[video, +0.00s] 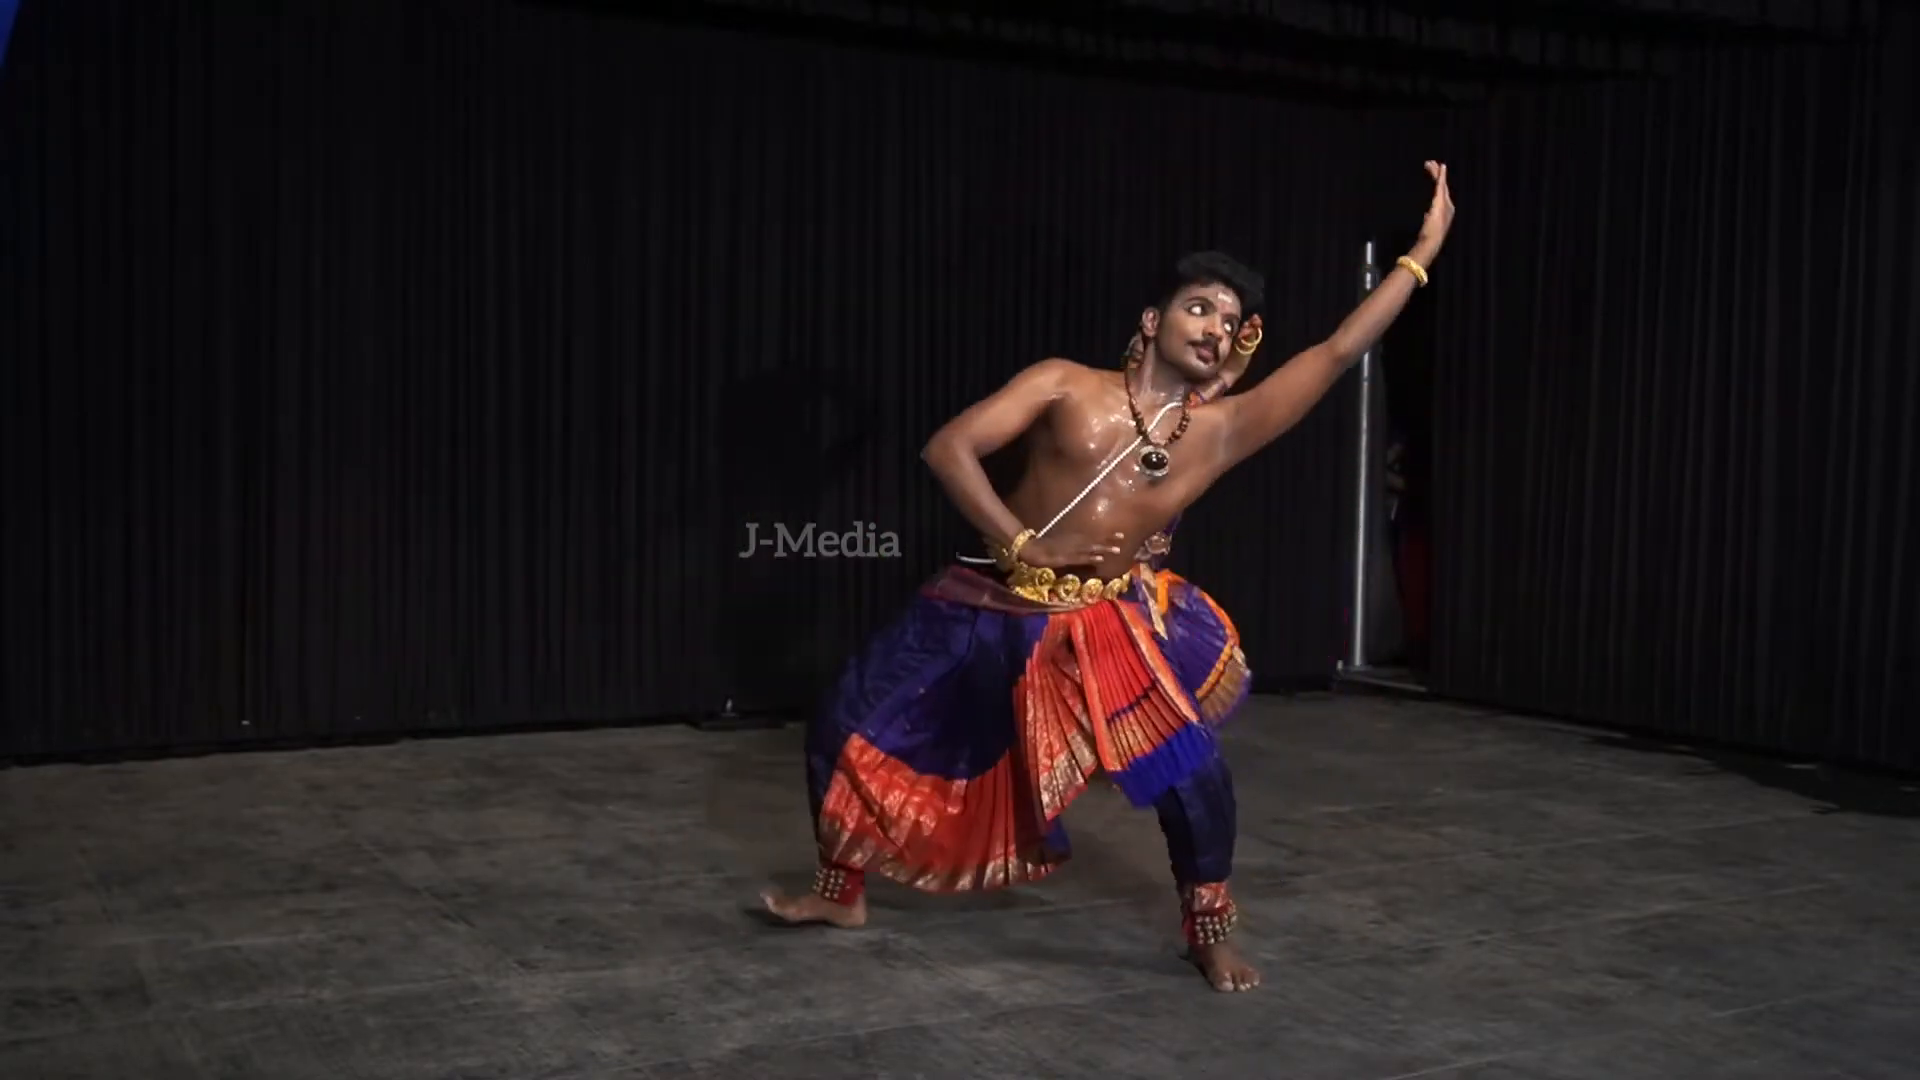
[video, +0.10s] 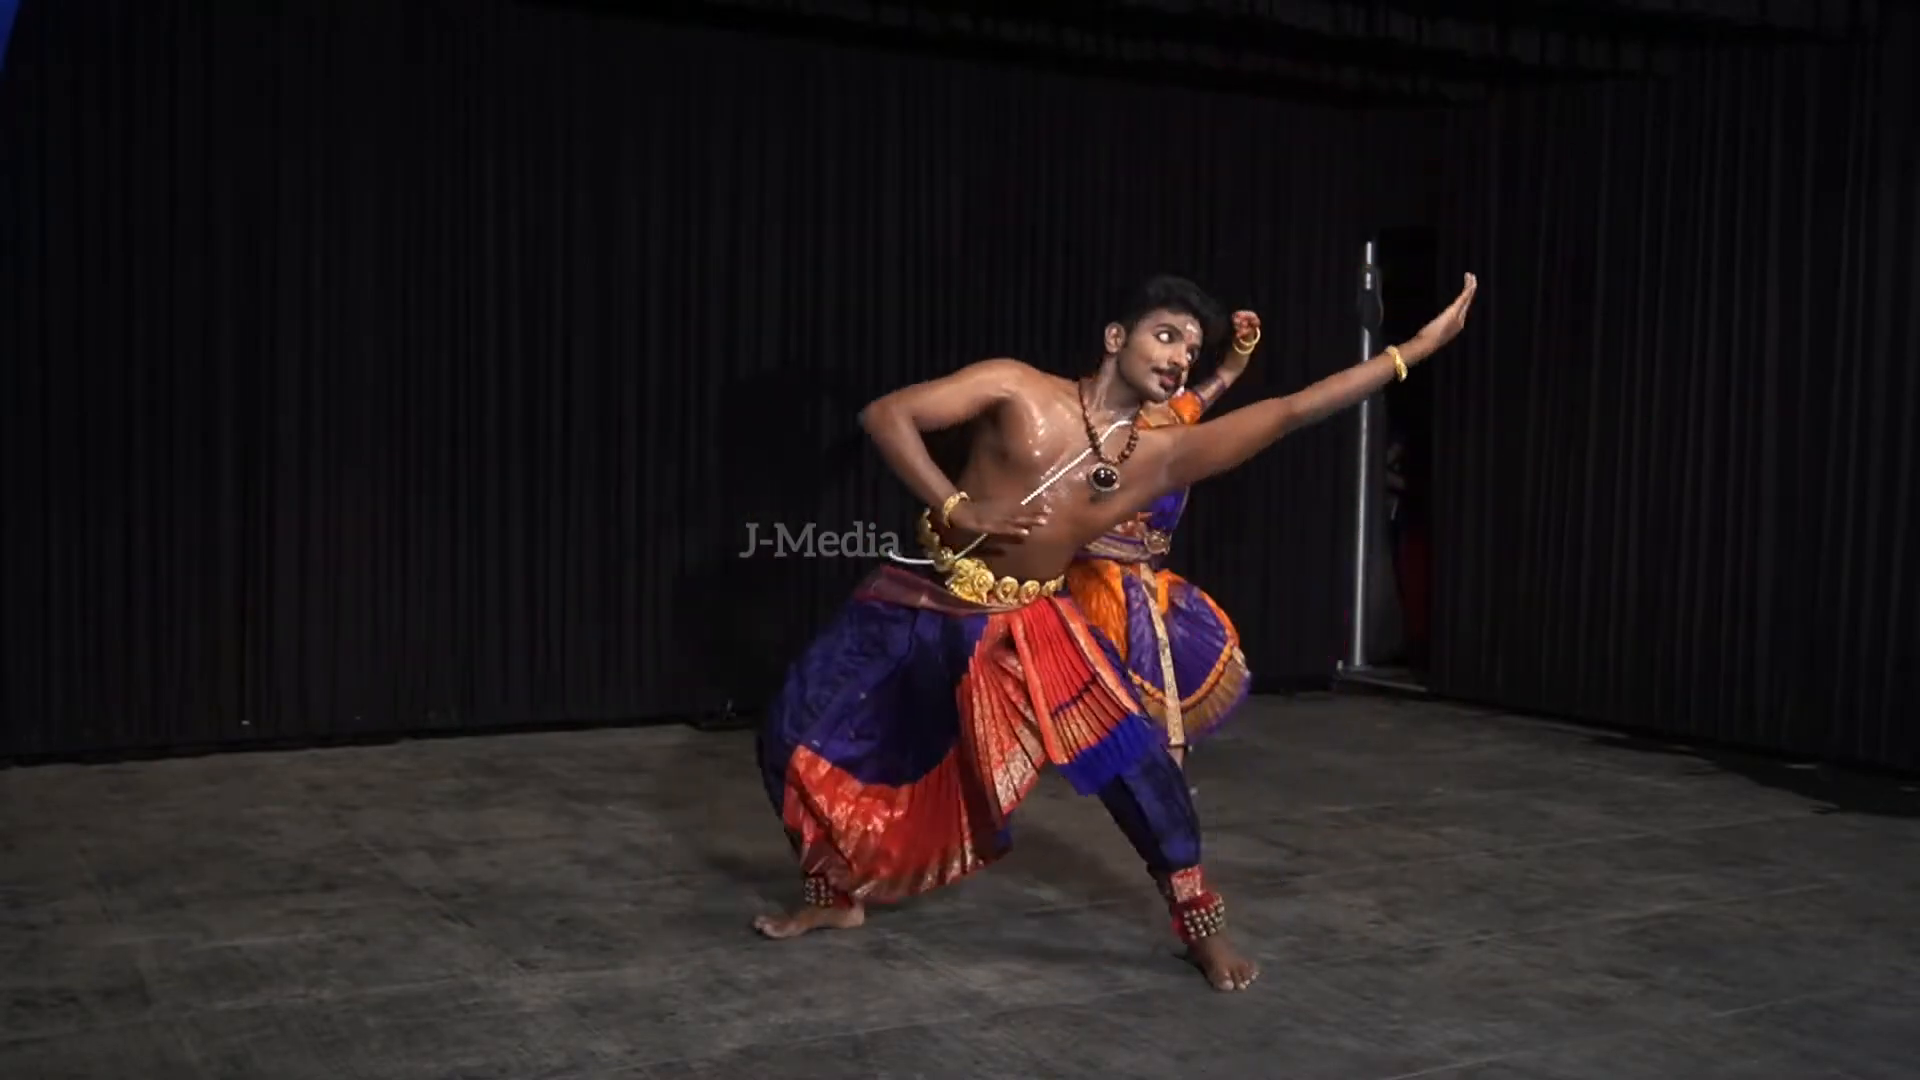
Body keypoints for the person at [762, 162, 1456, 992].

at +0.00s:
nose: (1217, 328)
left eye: (1231, 322)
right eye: (1202, 309)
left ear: (1236, 351)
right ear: (1151, 322)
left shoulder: (1220, 431)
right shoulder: (1063, 387)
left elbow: (1336, 350)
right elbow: (947, 449)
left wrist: (1419, 258)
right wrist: (1017, 541)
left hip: (1113, 621)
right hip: (997, 603)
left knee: (1197, 768)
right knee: (851, 714)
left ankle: (1210, 928)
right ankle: (838, 886)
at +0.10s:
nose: (1178, 359)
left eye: (1192, 349)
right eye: (1167, 337)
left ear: (1193, 367)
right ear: (1119, 335)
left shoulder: (1166, 450)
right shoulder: (1015, 388)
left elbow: (1295, 409)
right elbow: (885, 416)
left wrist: (1411, 351)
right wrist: (950, 505)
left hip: (1039, 617)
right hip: (929, 595)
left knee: (1130, 748)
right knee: (798, 726)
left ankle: (1198, 922)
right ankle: (836, 892)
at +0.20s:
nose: (1129, 381)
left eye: (1141, 374)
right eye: (1119, 359)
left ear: (1136, 392)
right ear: (1066, 352)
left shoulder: (1090, 471)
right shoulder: (956, 387)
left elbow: (1229, 468)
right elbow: (827, 378)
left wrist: (1360, 460)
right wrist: (887, 463)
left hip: (953, 618)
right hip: (846, 592)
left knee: (1056, 749)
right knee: (754, 743)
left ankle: (1153, 904)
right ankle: (824, 885)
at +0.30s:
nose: (1073, 405)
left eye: (1084, 397)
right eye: (1066, 385)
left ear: (1078, 406)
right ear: (1016, 369)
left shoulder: (1036, 489)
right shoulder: (911, 392)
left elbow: (1159, 526)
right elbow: (779, 354)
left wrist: (1286, 556)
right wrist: (835, 441)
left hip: (897, 607)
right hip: (795, 587)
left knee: (997, 734)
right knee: (747, 745)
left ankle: (1090, 896)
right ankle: (821, 888)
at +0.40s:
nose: (1027, 426)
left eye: (1038, 416)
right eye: (1021, 405)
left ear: (1032, 422)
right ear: (973, 381)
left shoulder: (982, 500)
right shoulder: (867, 392)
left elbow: (1085, 570)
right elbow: (739, 345)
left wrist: (1198, 640)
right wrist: (798, 431)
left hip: (851, 601)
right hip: (752, 584)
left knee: (952, 716)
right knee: (723, 750)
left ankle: (970, 882)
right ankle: (821, 894)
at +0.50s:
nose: (984, 438)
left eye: (995, 426)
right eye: (979, 416)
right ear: (937, 387)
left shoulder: (940, 505)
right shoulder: (826, 392)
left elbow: (1009, 601)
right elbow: (705, 346)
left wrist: (1086, 700)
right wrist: (763, 433)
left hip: (811, 600)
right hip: (718, 586)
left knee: (892, 732)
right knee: (734, 760)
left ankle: (776, 842)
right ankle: (823, 896)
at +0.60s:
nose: (946, 433)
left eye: (957, 422)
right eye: (941, 413)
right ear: (899, 384)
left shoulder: (905, 496)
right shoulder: (793, 388)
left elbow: (929, 601)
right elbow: (670, 349)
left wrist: (963, 708)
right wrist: (731, 434)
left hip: (778, 595)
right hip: (692, 573)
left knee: (836, 744)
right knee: (723, 744)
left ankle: (687, 799)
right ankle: (820, 889)